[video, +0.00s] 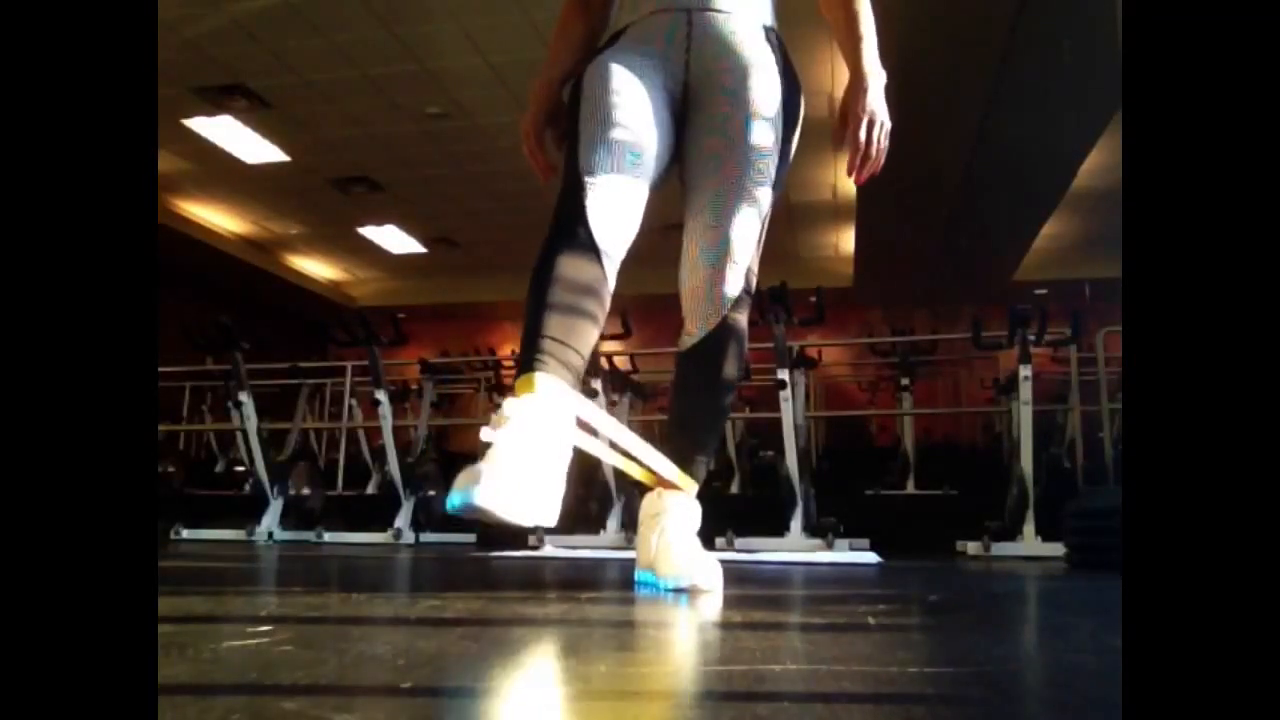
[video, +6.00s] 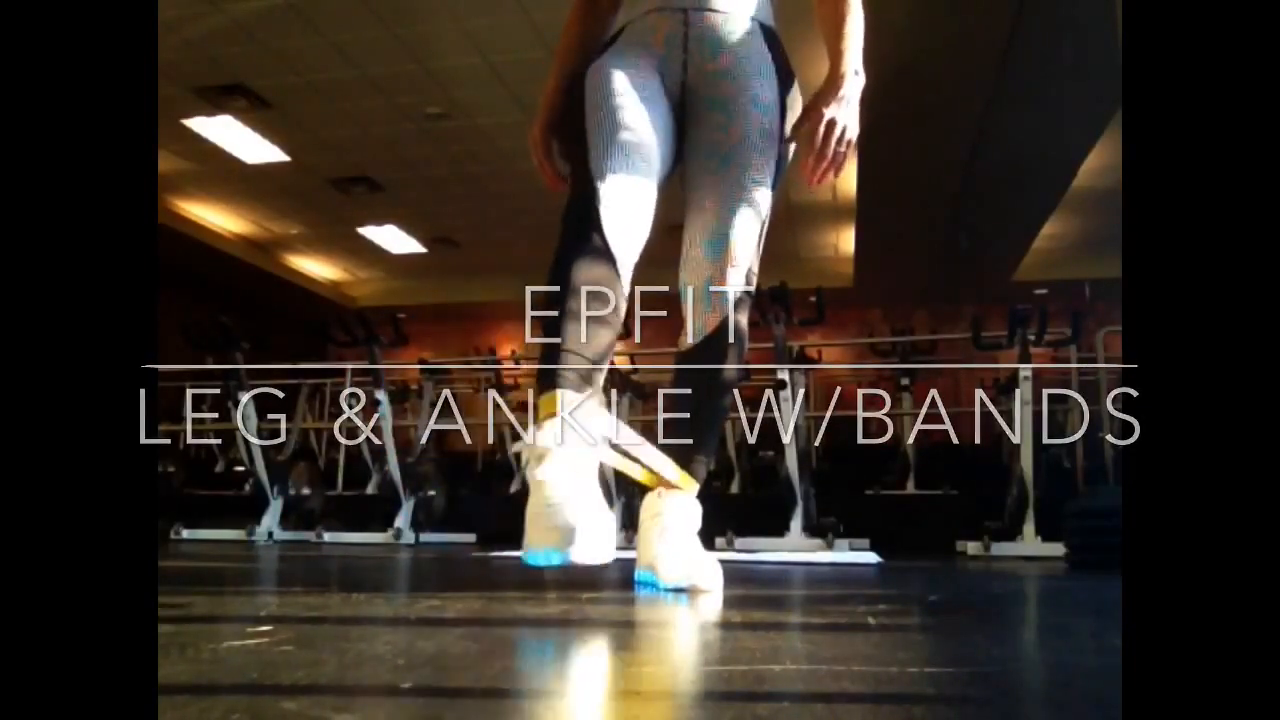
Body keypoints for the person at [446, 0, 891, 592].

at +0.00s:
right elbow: (589, 3)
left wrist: (867, 72)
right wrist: (550, 82)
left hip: (744, 25)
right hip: (632, 25)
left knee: (722, 273)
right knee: (597, 203)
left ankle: (673, 516)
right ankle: (533, 441)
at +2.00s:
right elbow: (591, 4)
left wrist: (866, 72)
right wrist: (552, 79)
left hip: (737, 31)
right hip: (628, 33)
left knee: (710, 272)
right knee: (590, 182)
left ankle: (673, 512)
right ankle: (528, 401)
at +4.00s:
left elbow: (832, 2)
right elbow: (594, 4)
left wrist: (844, 80)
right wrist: (555, 90)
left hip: (748, 24)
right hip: (636, 22)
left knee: (722, 272)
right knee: (593, 213)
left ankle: (672, 519)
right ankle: (521, 458)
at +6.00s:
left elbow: (835, 3)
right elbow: (596, 4)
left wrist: (846, 75)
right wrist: (557, 95)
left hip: (742, 28)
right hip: (632, 24)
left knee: (722, 268)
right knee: (614, 204)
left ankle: (674, 515)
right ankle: (564, 455)